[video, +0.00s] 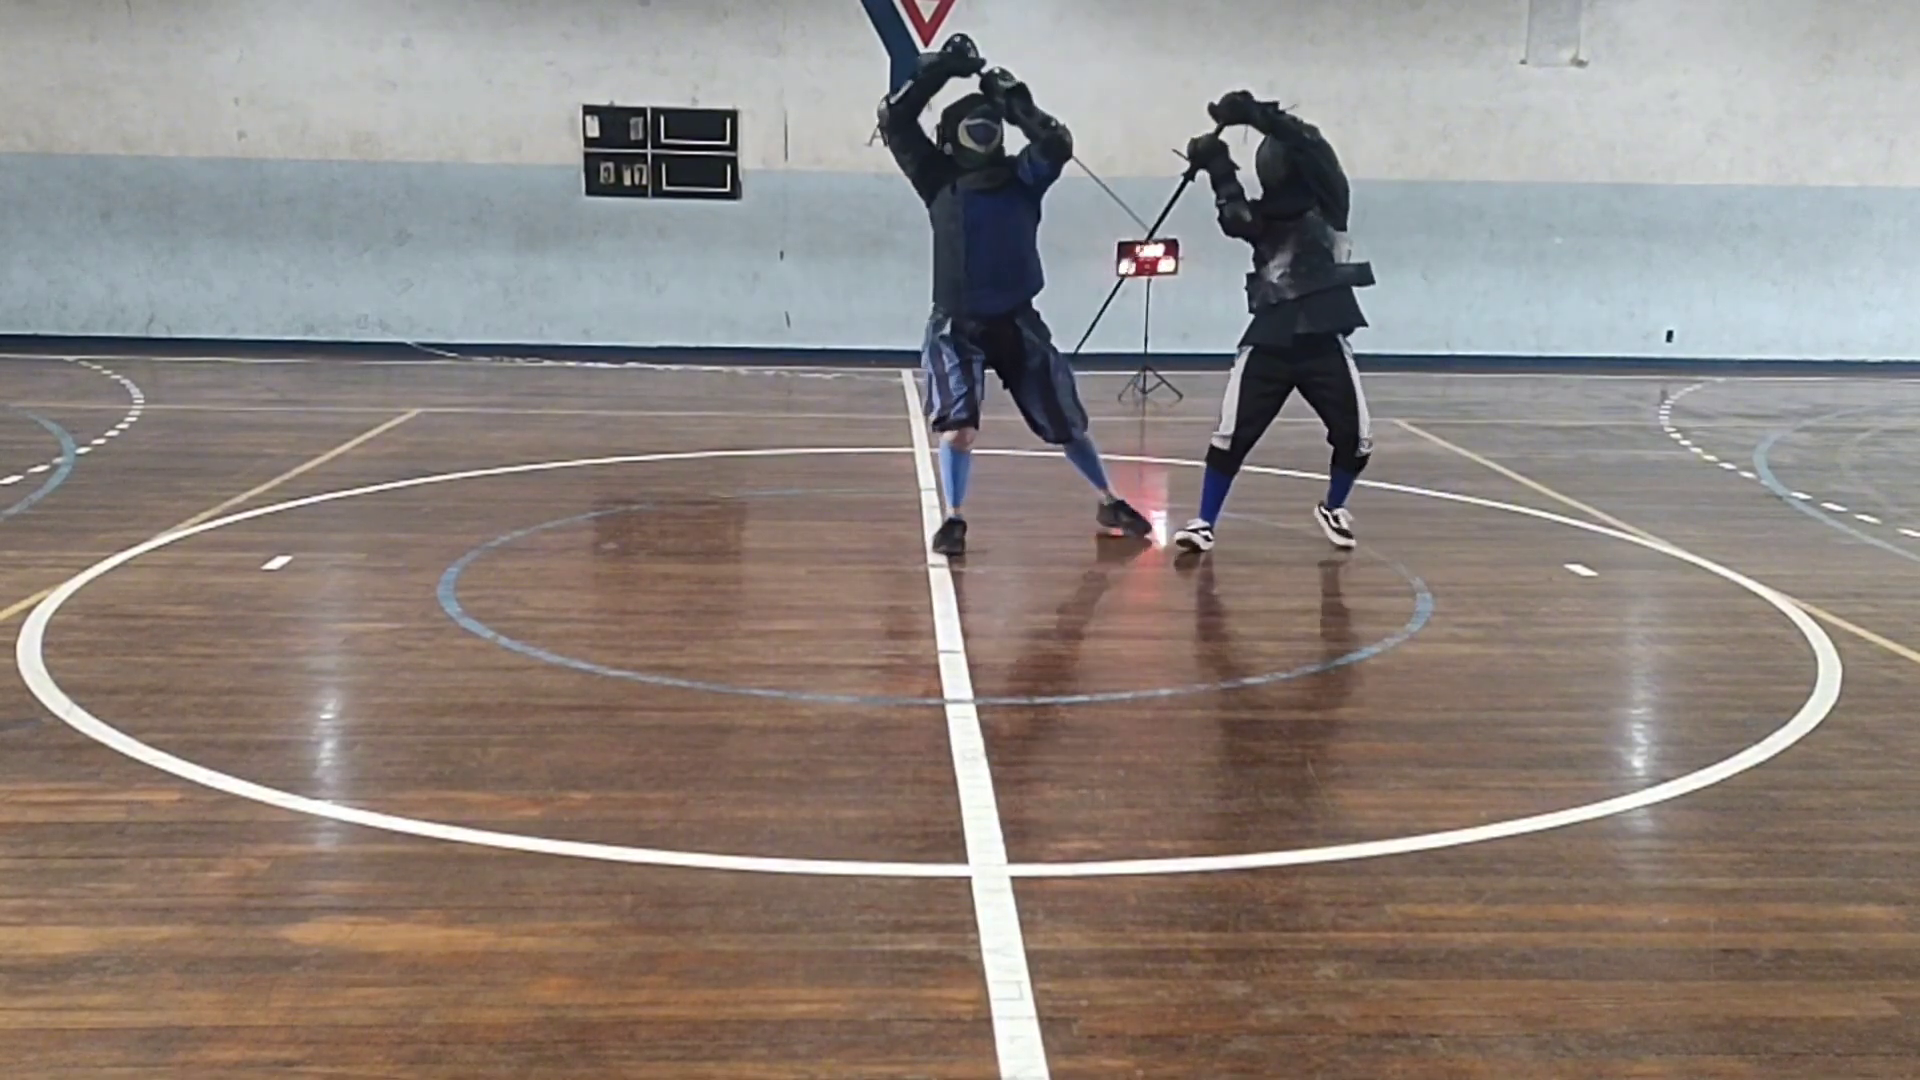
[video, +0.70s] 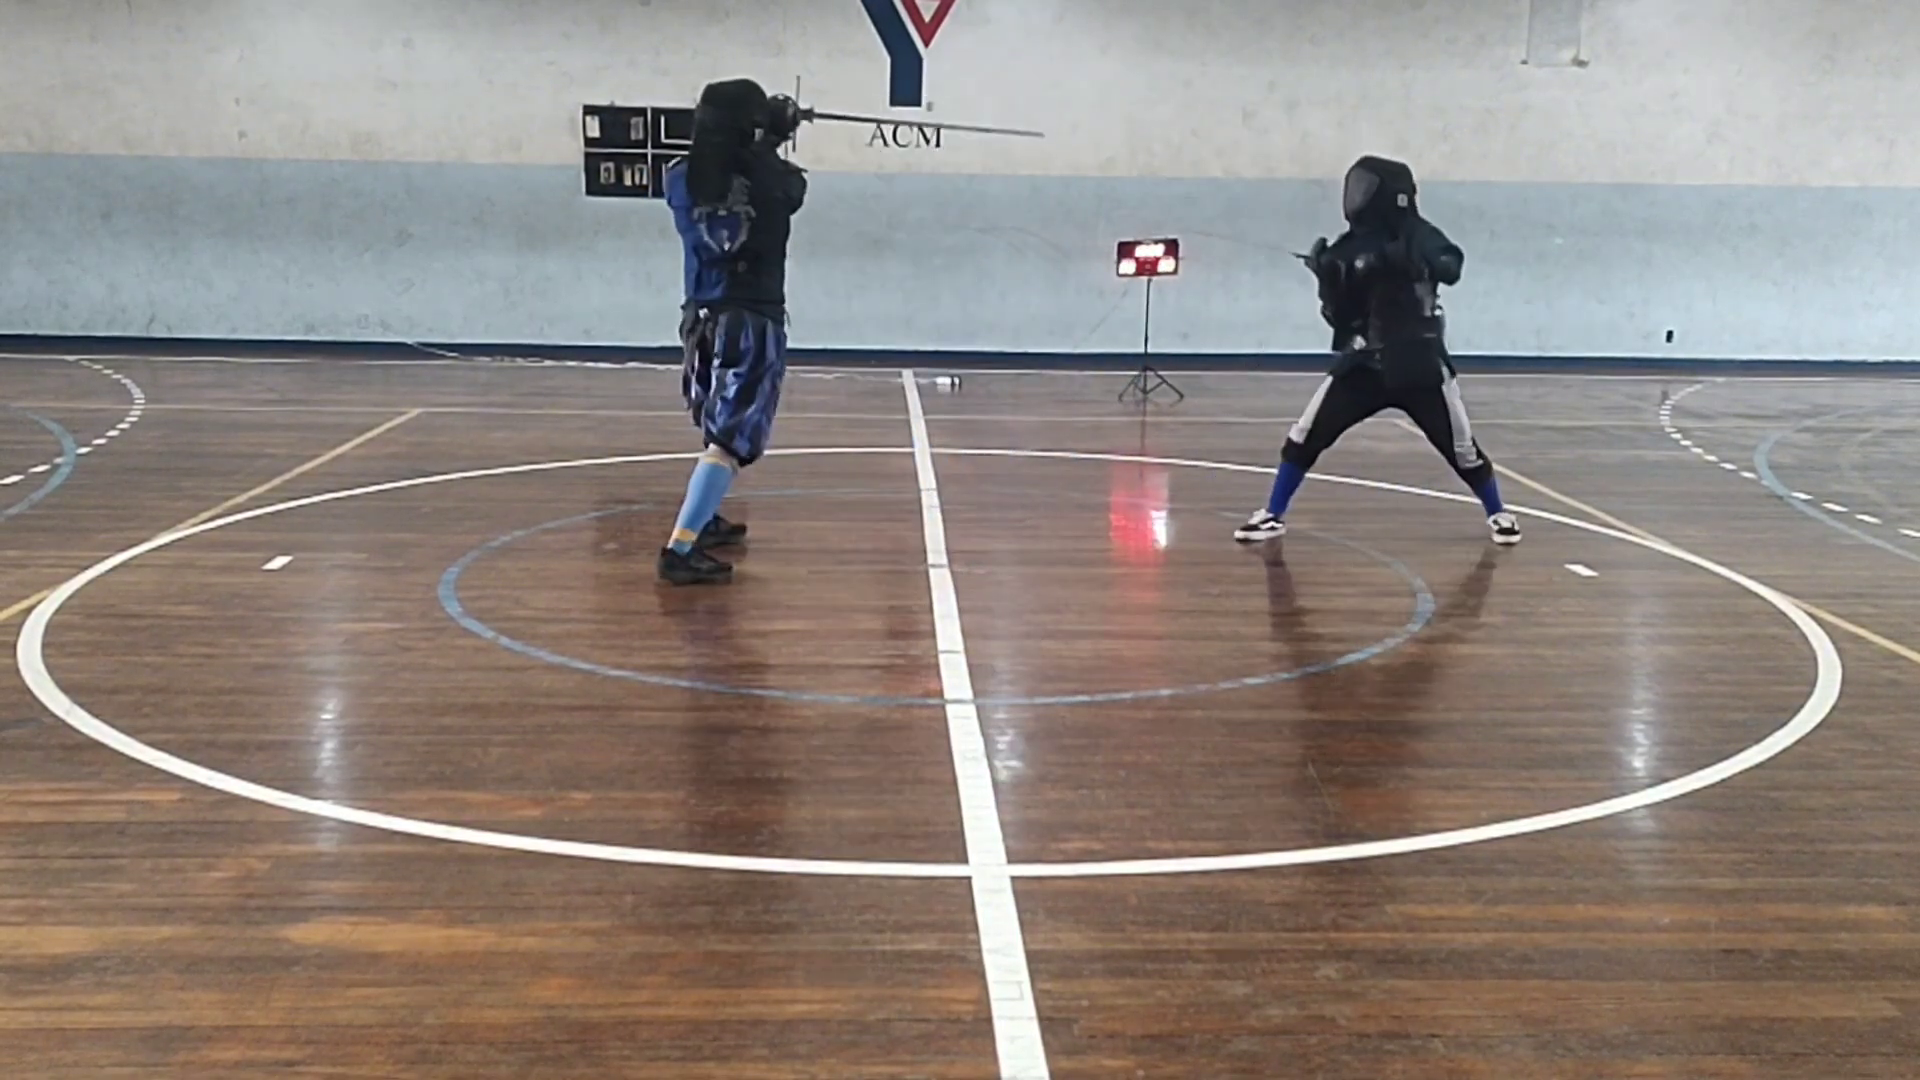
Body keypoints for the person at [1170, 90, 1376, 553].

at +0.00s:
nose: (1275, 183)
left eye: (1279, 174)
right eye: (1270, 176)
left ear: (1299, 167)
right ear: (1264, 175)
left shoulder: (1328, 202)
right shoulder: (1261, 214)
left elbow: (1311, 145)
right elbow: (1232, 212)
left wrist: (1256, 113)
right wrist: (1218, 162)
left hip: (1322, 341)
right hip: (1268, 341)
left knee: (1355, 440)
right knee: (1231, 435)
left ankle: (1333, 507)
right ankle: (1204, 523)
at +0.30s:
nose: (1308, 161)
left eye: (1318, 153)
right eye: (1305, 153)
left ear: (1344, 156)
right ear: (1305, 157)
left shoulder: (1372, 183)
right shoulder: (1299, 205)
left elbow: (1328, 184)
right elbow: (1265, 268)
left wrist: (1285, 179)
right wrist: (1256, 204)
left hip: (1351, 319)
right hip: (1300, 321)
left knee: (1337, 426)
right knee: (1258, 414)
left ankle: (1319, 517)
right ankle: (1223, 511)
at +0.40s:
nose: (1317, 158)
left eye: (1327, 149)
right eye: (1314, 149)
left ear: (1353, 153)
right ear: (1311, 154)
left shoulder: (1379, 193)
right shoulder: (1306, 206)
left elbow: (1373, 208)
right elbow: (1282, 273)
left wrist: (1319, 202)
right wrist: (1271, 225)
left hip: (1354, 319)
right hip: (1303, 319)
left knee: (1337, 421)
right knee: (1264, 409)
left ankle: (1319, 514)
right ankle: (1261, 505)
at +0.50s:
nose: (1324, 157)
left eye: (1332, 148)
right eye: (1322, 148)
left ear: (1360, 151)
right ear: (1324, 151)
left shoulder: (1386, 197)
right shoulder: (1321, 201)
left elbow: (1375, 258)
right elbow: (1293, 270)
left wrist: (1338, 231)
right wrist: (1281, 235)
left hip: (1356, 318)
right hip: (1311, 316)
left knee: (1339, 418)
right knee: (1280, 413)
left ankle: (1321, 511)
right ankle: (1310, 489)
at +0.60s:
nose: (1327, 156)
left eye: (1336, 147)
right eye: (1326, 147)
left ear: (1365, 152)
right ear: (1327, 150)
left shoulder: (1390, 201)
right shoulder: (1328, 201)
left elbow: (1384, 266)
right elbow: (1301, 271)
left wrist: (1329, 261)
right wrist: (1289, 244)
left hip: (1362, 320)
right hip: (1321, 318)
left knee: (1340, 415)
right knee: (1308, 416)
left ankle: (1321, 511)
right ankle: (1353, 487)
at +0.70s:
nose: (1353, 194)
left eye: (1363, 186)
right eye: (1353, 185)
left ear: (1391, 192)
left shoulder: (1417, 232)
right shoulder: (1347, 246)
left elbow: (1451, 267)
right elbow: (1338, 318)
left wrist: (1408, 257)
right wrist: (1328, 276)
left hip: (1420, 359)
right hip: (1364, 361)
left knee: (1461, 449)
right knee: (1305, 437)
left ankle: (1497, 514)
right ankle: (1272, 515)